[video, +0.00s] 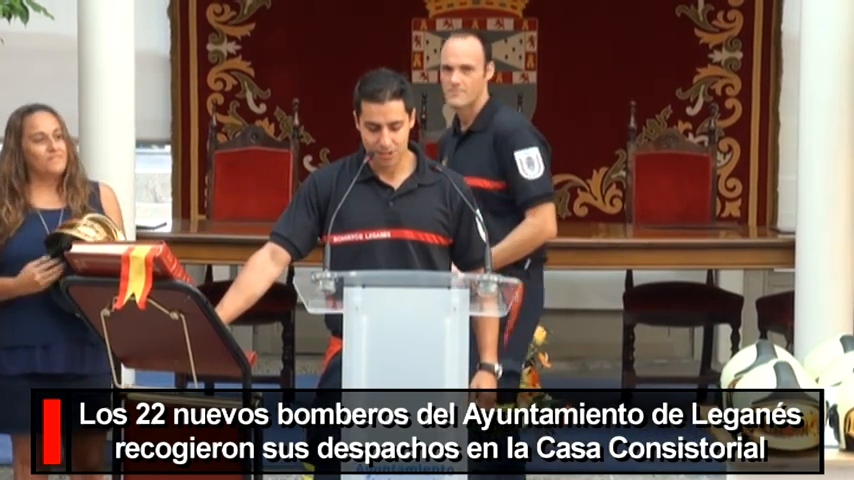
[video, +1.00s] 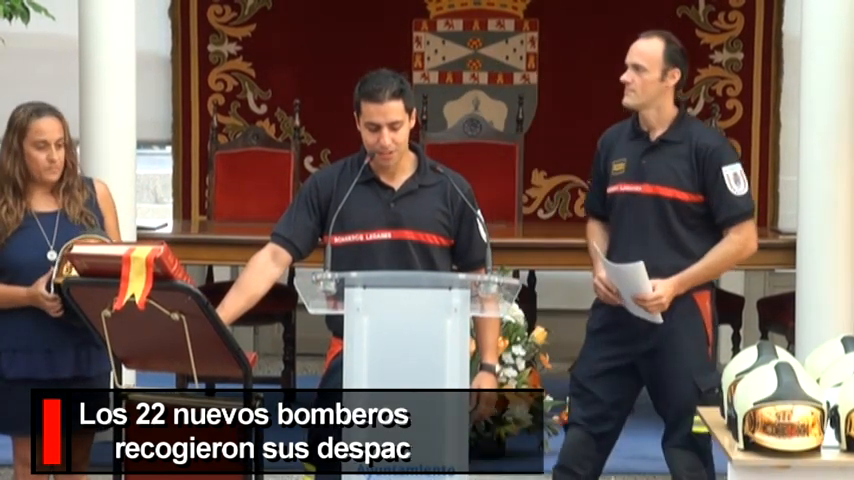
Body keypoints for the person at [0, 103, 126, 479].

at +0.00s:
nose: (54, 145)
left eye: (59, 136)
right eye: (40, 139)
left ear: (69, 142)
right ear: (19, 151)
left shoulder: (100, 197)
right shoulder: (7, 206)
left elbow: (123, 271)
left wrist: (94, 261)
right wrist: (18, 285)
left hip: (89, 360)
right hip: (22, 360)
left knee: (91, 466)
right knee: (31, 467)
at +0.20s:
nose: (49, 143)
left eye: (54, 134)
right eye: (35, 137)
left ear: (63, 142)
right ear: (13, 149)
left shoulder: (94, 196)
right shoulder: (5, 205)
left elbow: (116, 269)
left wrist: (81, 270)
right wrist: (23, 289)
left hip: (83, 358)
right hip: (18, 358)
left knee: (84, 466)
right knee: (27, 467)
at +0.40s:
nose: (46, 140)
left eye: (49, 132)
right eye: (31, 135)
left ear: (59, 140)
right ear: (10, 149)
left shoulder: (90, 193)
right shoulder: (3, 205)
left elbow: (112, 268)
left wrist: (74, 281)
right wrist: (27, 292)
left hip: (82, 360)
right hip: (18, 361)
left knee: (79, 466)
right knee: (27, 466)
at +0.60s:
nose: (48, 142)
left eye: (51, 133)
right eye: (33, 136)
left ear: (60, 139)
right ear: (11, 149)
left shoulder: (91, 191)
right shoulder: (4, 205)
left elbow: (118, 265)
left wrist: (80, 282)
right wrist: (26, 294)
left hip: (84, 360)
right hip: (20, 362)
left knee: (77, 465)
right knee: (29, 466)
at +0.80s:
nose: (52, 148)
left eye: (57, 138)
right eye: (38, 141)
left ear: (66, 141)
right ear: (15, 151)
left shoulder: (94, 192)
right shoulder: (5, 206)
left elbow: (119, 268)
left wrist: (81, 284)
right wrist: (26, 295)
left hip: (85, 360)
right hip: (21, 361)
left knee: (78, 465)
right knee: (30, 466)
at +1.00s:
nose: (54, 156)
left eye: (60, 146)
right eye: (41, 146)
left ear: (69, 148)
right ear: (17, 151)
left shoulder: (94, 194)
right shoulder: (5, 205)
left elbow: (117, 270)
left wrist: (82, 280)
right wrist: (28, 295)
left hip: (86, 363)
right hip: (21, 363)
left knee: (77, 467)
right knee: (30, 468)